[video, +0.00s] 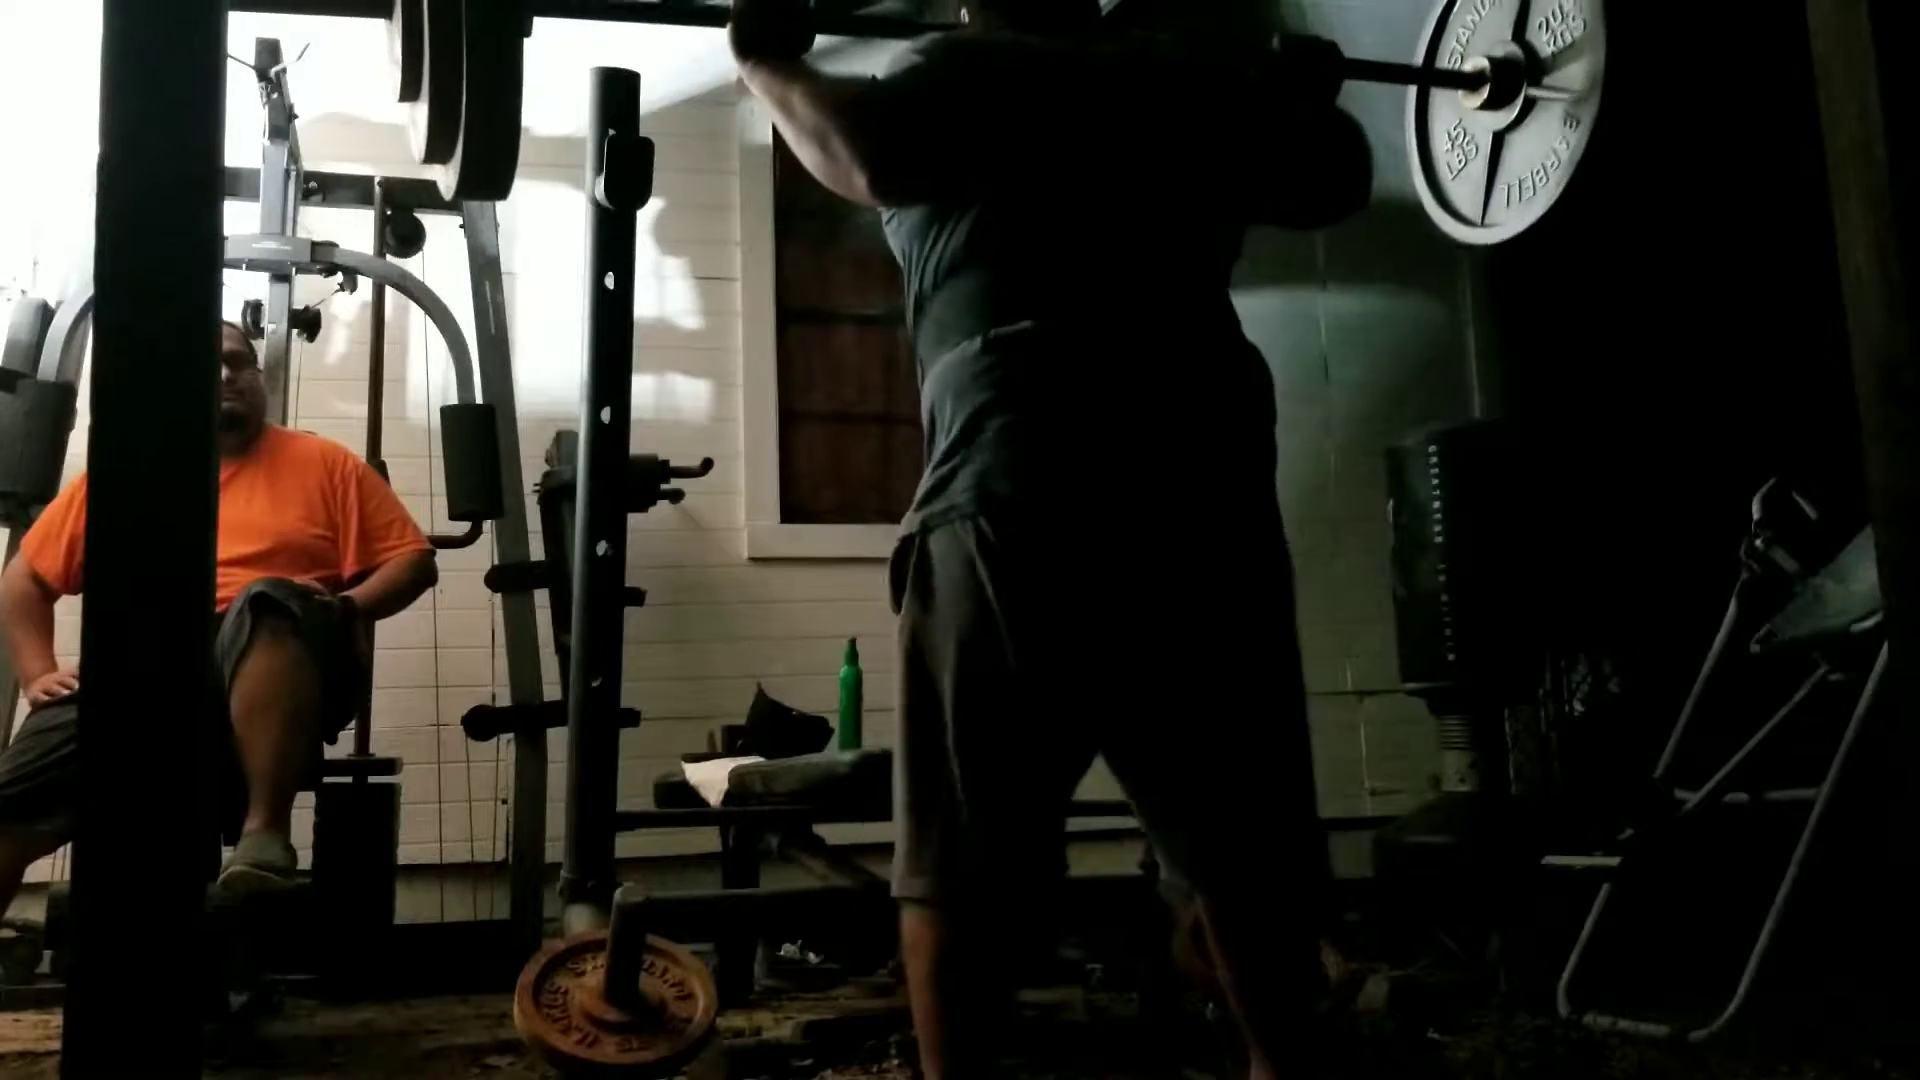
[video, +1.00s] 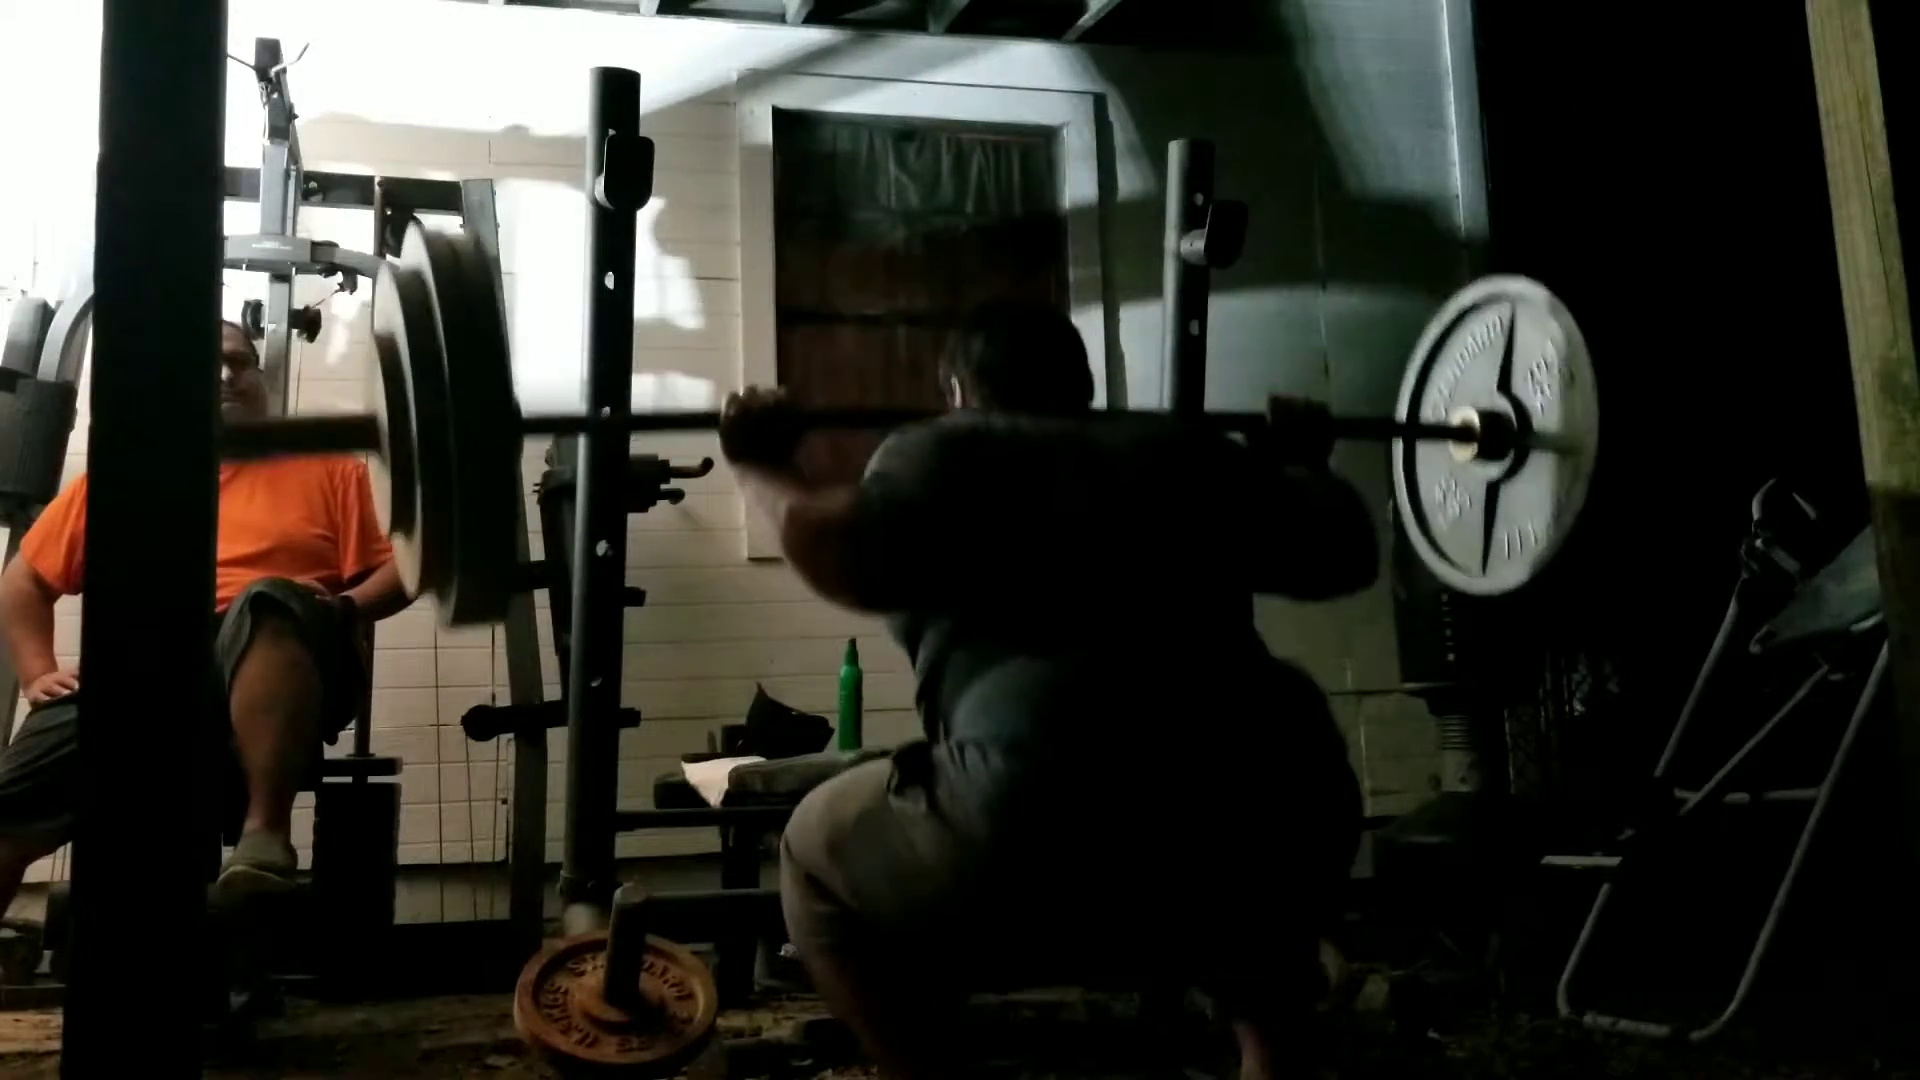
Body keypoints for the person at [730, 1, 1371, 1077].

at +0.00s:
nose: (937, 25)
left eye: (941, 13)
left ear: (967, 10)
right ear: (1092, 4)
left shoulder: (946, 77)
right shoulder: (1185, 87)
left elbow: (863, 160)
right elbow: (1336, 177)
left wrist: (764, 59)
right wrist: (1311, 87)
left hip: (1012, 487)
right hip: (1204, 482)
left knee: (960, 841)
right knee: (1242, 826)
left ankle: (954, 1063)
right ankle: (1283, 1057)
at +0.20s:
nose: (956, 77)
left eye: (959, 58)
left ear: (969, 65)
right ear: (1090, 63)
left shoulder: (940, 139)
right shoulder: (1183, 152)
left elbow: (858, 224)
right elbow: (1341, 230)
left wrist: (767, 127)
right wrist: (1306, 148)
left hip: (1031, 509)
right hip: (1226, 506)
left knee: (926, 837)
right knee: (1248, 828)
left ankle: (944, 1062)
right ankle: (1281, 1057)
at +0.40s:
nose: (954, 189)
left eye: (958, 174)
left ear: (968, 176)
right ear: (1092, 176)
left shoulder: (939, 239)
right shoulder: (1181, 243)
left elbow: (842, 315)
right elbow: (1336, 324)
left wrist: (769, 227)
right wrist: (1295, 231)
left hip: (1042, 566)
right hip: (1250, 559)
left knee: (888, 848)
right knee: (1235, 840)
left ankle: (935, 1060)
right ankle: (1280, 1054)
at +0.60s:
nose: (944, 285)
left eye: (948, 274)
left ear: (964, 279)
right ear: (1088, 276)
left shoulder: (932, 342)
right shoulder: (1175, 344)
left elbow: (846, 435)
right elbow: (1344, 430)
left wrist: (783, 347)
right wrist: (1301, 341)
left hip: (1046, 679)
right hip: (1260, 669)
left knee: (859, 845)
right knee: (1236, 863)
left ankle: (926, 1062)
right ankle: (1275, 1057)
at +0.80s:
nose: (948, 385)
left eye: (952, 371)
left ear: (968, 374)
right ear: (1086, 368)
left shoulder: (934, 444)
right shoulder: (1179, 437)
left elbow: (855, 542)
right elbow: (1345, 525)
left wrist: (775, 451)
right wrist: (1300, 434)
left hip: (1039, 793)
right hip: (1256, 782)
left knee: (825, 853)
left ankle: (920, 1062)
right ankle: (1276, 1053)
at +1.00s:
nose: (944, 407)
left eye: (945, 394)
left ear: (962, 396)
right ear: (1084, 386)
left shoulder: (931, 462)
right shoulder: (1178, 456)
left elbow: (839, 561)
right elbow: (1345, 557)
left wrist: (758, 469)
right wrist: (1305, 458)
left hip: (1032, 819)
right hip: (1245, 808)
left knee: (817, 850)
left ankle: (910, 1067)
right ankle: (1273, 1055)